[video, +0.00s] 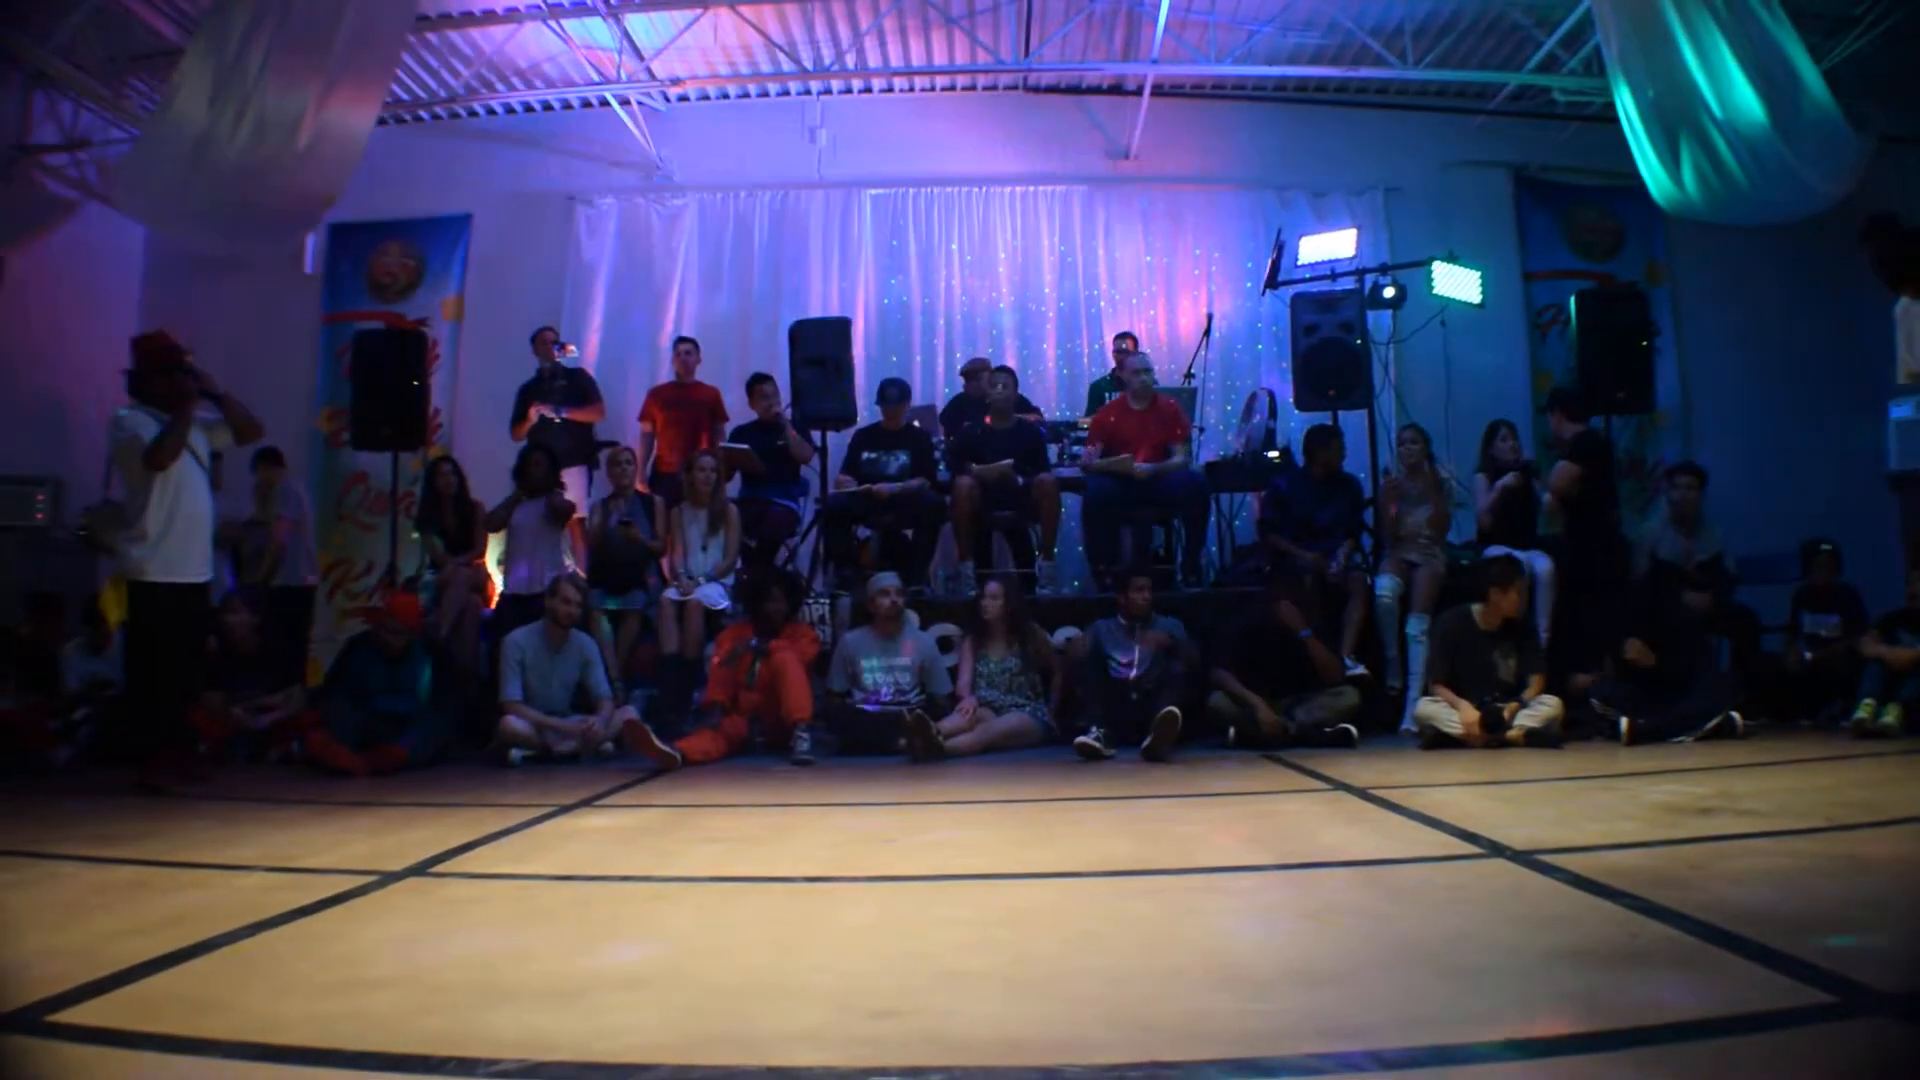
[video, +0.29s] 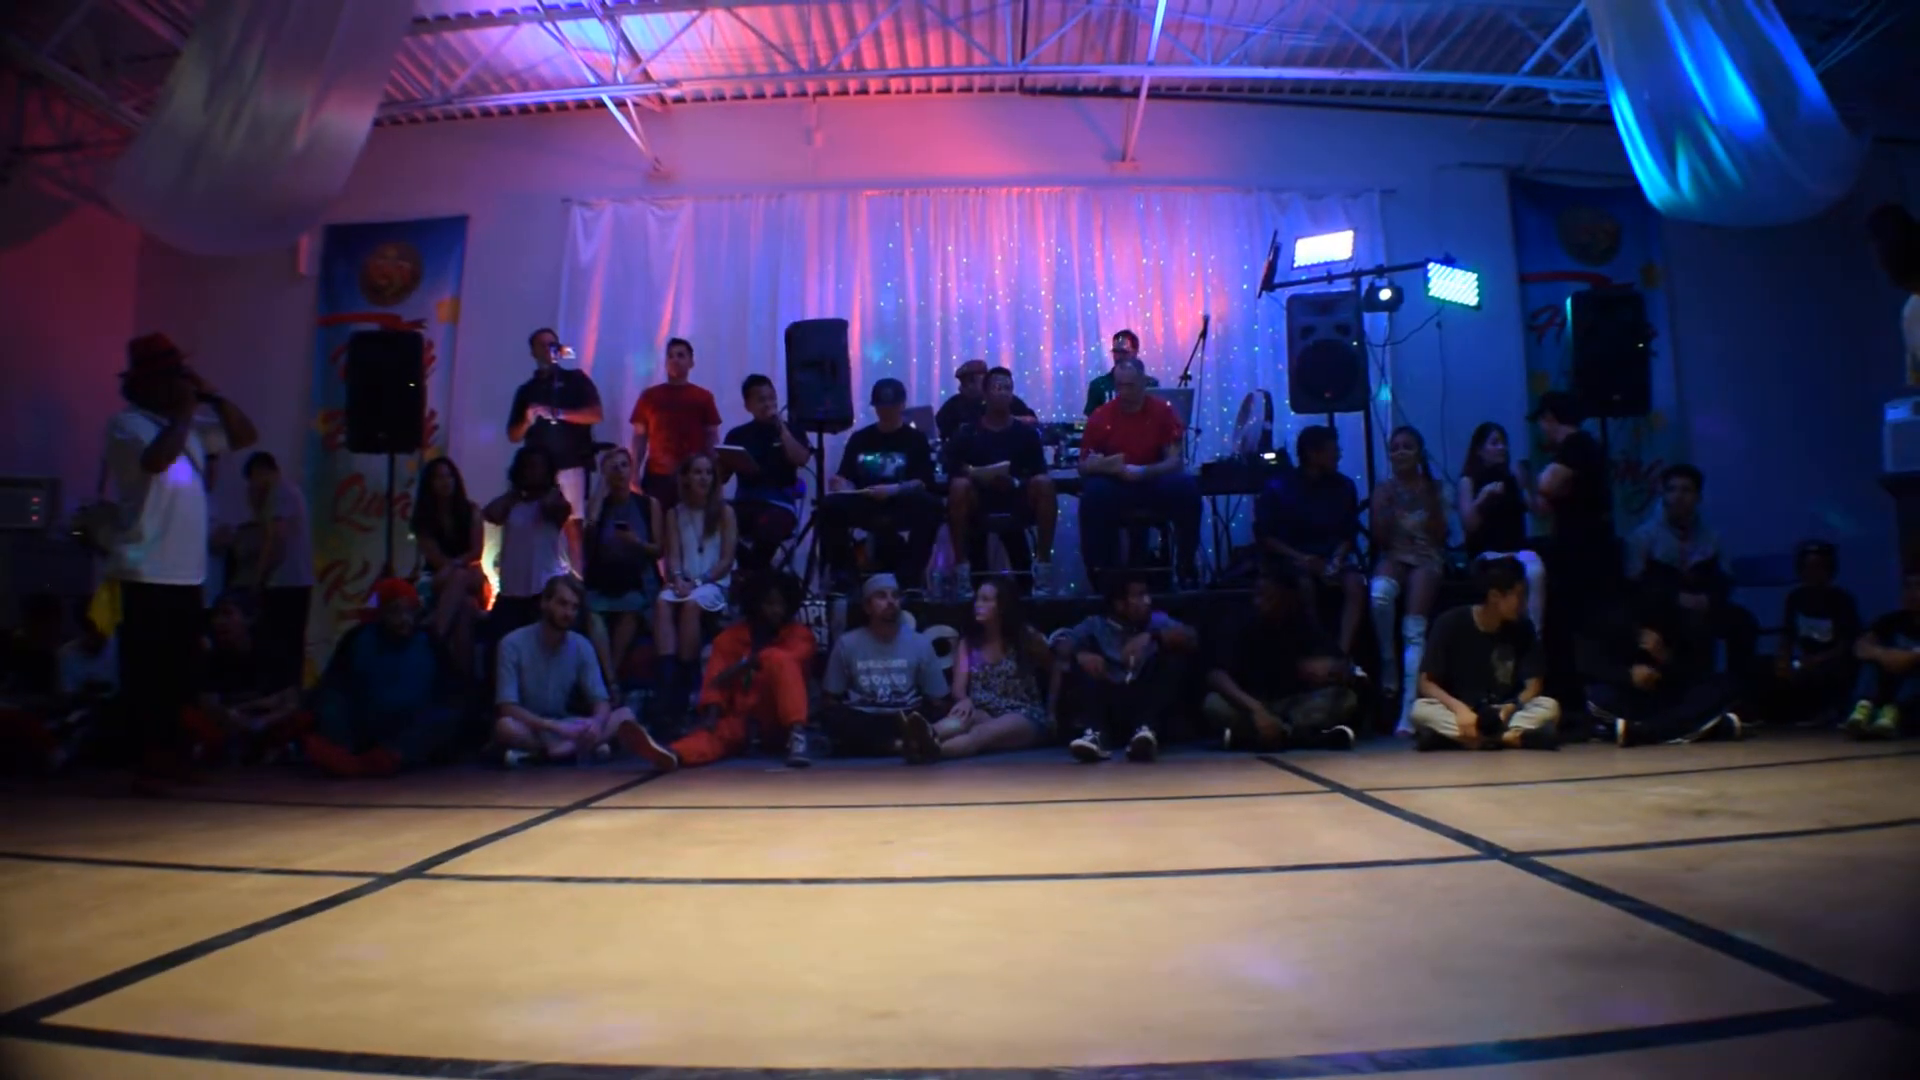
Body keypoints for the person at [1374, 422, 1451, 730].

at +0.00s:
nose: (1408, 449)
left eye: (1414, 443)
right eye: (1402, 444)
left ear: (1425, 448)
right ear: (1397, 450)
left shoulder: (1439, 481)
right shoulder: (1391, 484)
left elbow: (1441, 529)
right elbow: (1386, 534)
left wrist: (1434, 493)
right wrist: (1389, 504)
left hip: (1427, 549)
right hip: (1397, 549)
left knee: (1417, 627)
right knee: (1384, 595)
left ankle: (1414, 709)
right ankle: (1393, 670)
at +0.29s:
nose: (1400, 454)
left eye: (1407, 448)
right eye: (1395, 448)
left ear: (1419, 453)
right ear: (1389, 454)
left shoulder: (1432, 487)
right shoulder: (1384, 490)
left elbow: (1440, 532)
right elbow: (1379, 534)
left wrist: (1428, 501)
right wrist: (1388, 511)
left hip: (1424, 553)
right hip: (1393, 553)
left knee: (1414, 627)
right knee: (1379, 597)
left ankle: (1410, 712)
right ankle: (1389, 671)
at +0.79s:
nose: (1400, 456)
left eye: (1406, 449)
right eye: (1394, 450)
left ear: (1417, 453)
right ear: (1387, 456)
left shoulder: (1434, 490)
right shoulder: (1379, 492)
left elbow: (1443, 532)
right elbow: (1375, 534)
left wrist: (1411, 549)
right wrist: (1392, 546)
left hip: (1422, 556)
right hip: (1389, 557)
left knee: (1410, 628)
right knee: (1377, 595)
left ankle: (1408, 693)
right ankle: (1385, 668)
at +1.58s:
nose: (1405, 455)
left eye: (1412, 448)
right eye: (1403, 449)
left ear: (1430, 452)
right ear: (1400, 454)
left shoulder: (1446, 489)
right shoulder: (1392, 491)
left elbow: (1452, 531)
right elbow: (1383, 531)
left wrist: (1423, 542)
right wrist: (1396, 545)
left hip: (1428, 558)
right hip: (1394, 557)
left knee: (1413, 624)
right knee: (1384, 592)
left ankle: (1411, 690)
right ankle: (1387, 668)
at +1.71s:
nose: (1406, 454)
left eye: (1412, 448)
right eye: (1403, 449)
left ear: (1429, 452)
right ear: (1400, 454)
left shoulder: (1445, 490)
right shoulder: (1392, 491)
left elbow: (1450, 533)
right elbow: (1383, 532)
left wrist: (1417, 542)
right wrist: (1398, 544)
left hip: (1427, 555)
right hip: (1394, 555)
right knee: (1381, 593)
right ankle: (1386, 669)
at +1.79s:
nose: (1406, 455)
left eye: (1413, 448)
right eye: (1403, 449)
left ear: (1430, 453)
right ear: (1399, 454)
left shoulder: (1444, 491)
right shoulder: (1392, 491)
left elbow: (1449, 533)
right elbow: (1382, 531)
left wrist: (1419, 546)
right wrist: (1396, 546)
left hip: (1426, 558)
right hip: (1393, 556)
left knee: (1414, 625)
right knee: (1381, 596)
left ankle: (1409, 696)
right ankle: (1385, 671)